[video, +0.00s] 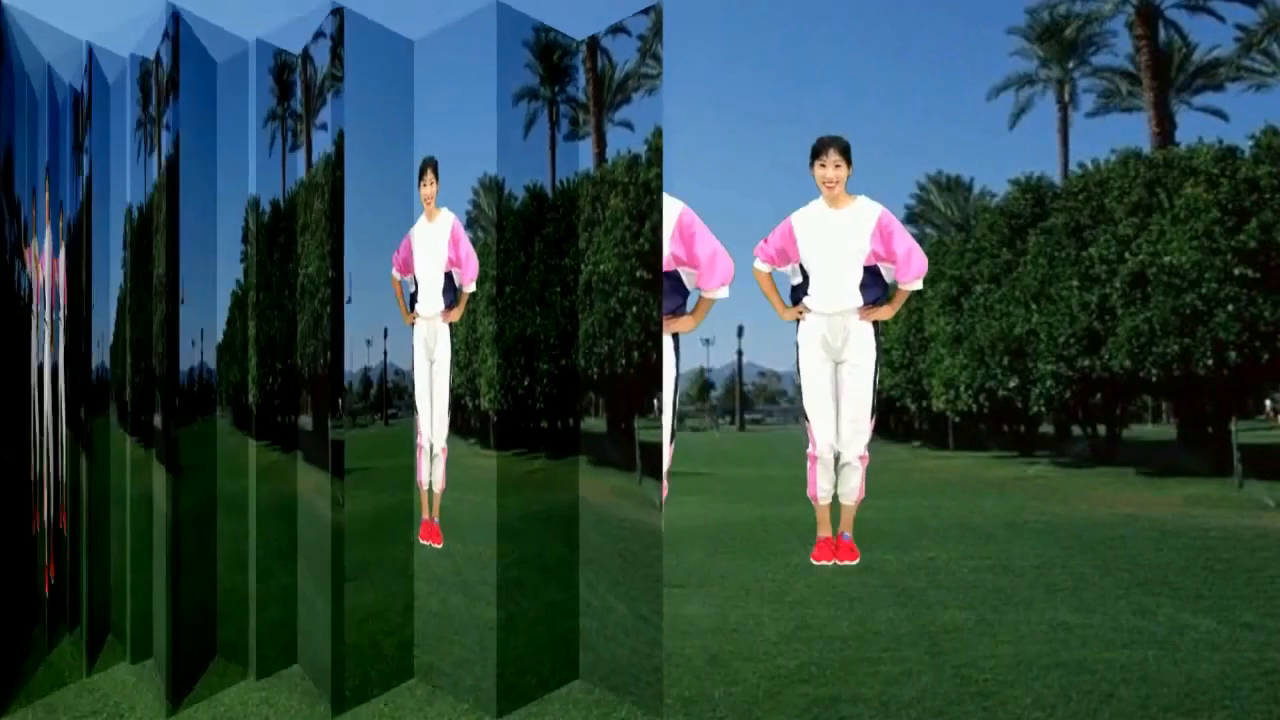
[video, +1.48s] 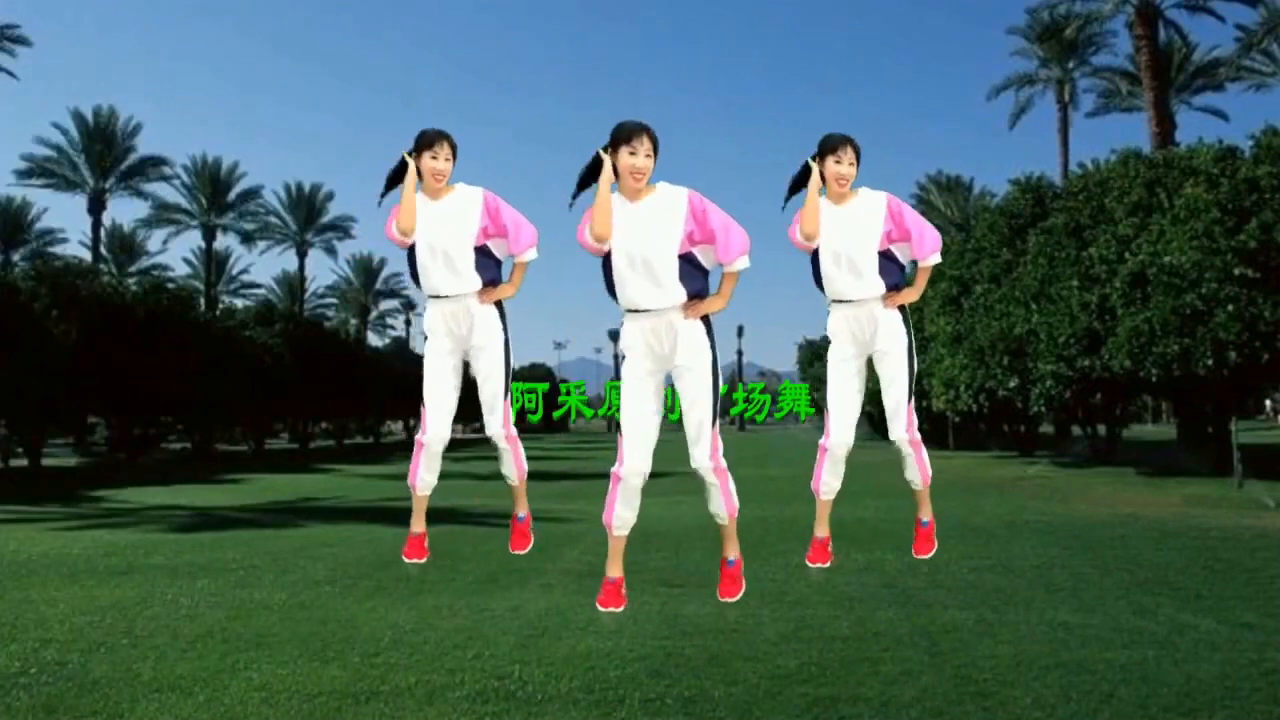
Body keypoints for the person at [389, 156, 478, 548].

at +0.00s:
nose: (428, 189)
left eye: (432, 183)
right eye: (424, 184)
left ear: (439, 187)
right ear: (418, 189)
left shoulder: (451, 224)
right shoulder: (415, 231)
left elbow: (469, 268)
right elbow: (396, 270)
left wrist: (460, 308)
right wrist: (404, 310)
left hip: (444, 314)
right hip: (419, 314)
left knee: (442, 380)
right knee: (422, 379)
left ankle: (439, 437)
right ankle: (423, 433)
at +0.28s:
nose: (428, 166)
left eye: (435, 159)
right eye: (421, 159)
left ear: (447, 164)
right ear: (411, 165)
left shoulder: (470, 210)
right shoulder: (398, 215)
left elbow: (512, 257)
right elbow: (358, 257)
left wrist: (490, 302)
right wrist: (379, 303)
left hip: (456, 325)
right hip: (411, 324)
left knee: (451, 430)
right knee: (419, 429)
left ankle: (442, 528)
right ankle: (420, 529)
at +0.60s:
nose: (433, 168)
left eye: (440, 161)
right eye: (425, 162)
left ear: (451, 169)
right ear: (415, 170)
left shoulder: (472, 218)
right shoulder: (400, 220)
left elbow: (513, 267)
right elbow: (358, 262)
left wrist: (489, 310)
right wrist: (379, 309)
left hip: (458, 330)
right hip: (413, 329)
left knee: (452, 432)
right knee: (421, 431)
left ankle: (443, 528)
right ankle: (421, 529)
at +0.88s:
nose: (433, 152)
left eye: (441, 145)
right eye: (426, 145)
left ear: (451, 156)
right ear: (414, 155)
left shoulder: (471, 202)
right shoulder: (397, 205)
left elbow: (513, 248)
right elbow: (352, 244)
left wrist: (489, 292)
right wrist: (386, 291)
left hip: (458, 316)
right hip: (414, 317)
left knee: (456, 423)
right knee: (418, 424)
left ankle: (444, 527)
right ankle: (416, 527)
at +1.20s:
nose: (431, 170)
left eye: (437, 164)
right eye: (423, 164)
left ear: (445, 174)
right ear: (408, 174)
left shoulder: (468, 215)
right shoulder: (397, 227)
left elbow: (509, 262)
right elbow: (364, 282)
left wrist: (491, 310)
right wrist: (386, 265)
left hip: (459, 330)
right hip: (415, 332)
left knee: (456, 431)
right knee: (419, 432)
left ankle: (459, 496)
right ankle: (416, 529)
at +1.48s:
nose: (440, 166)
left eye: (446, 159)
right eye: (432, 158)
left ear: (454, 164)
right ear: (417, 164)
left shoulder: (477, 199)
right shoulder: (408, 207)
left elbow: (525, 237)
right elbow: (405, 232)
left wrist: (512, 285)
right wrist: (411, 175)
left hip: (482, 311)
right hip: (438, 315)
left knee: (497, 423)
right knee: (433, 427)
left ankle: (521, 511)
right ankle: (417, 526)